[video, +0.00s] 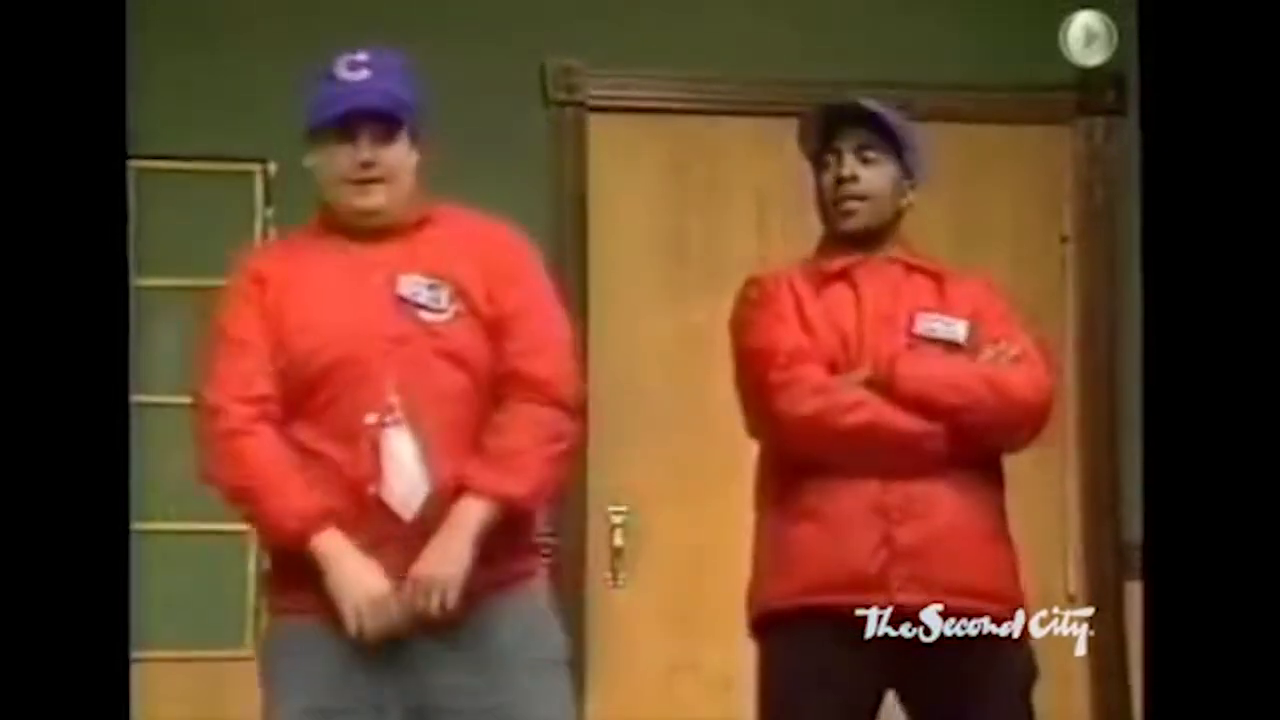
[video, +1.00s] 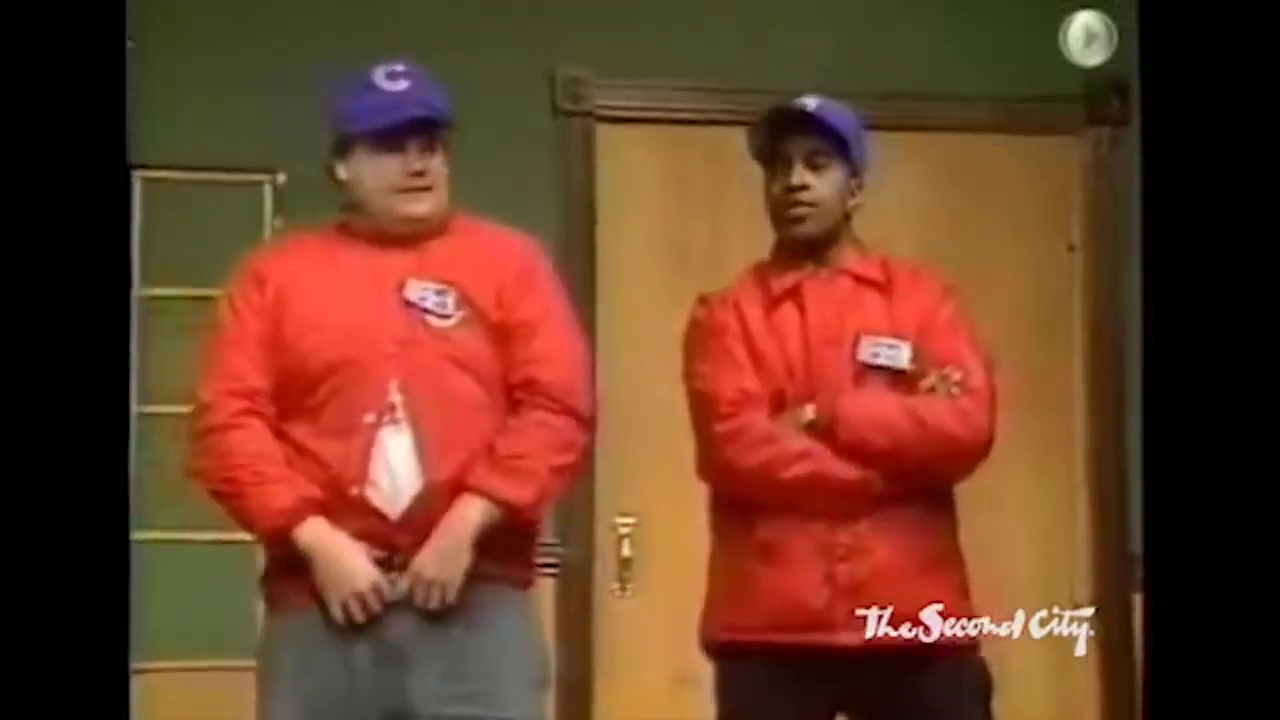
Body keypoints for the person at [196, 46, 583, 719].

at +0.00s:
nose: (364, 155)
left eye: (384, 135)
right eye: (342, 138)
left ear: (416, 148)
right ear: (313, 154)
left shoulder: (493, 252)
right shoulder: (268, 274)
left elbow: (546, 400)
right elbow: (234, 429)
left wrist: (464, 525)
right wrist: (332, 550)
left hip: (493, 612)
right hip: (325, 618)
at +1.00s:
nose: (417, 162)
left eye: (430, 143)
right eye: (390, 146)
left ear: (450, 156)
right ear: (342, 168)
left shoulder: (509, 262)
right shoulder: (275, 274)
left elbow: (559, 409)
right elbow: (226, 427)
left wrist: (465, 521)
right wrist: (317, 539)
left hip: (477, 608)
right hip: (321, 611)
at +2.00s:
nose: (509, 196)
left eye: (516, 179)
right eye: (485, 178)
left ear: (529, 187)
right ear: (422, 188)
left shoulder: (558, 306)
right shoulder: (331, 279)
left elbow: (590, 466)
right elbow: (281, 435)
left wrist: (503, 574)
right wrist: (375, 552)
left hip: (500, 625)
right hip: (342, 624)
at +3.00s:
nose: (461, 222)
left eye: (485, 208)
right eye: (446, 201)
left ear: (521, 227)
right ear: (423, 212)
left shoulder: (587, 314)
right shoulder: (364, 322)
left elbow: (645, 459)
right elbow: (323, 475)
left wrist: (569, 571)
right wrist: (426, 578)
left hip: (565, 627)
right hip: (409, 627)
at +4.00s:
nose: (546, 212)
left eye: (545, 196)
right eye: (522, 199)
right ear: (457, 214)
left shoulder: (592, 314)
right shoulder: (362, 305)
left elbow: (633, 466)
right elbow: (310, 452)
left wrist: (553, 579)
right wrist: (403, 562)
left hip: (543, 629)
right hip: (385, 629)